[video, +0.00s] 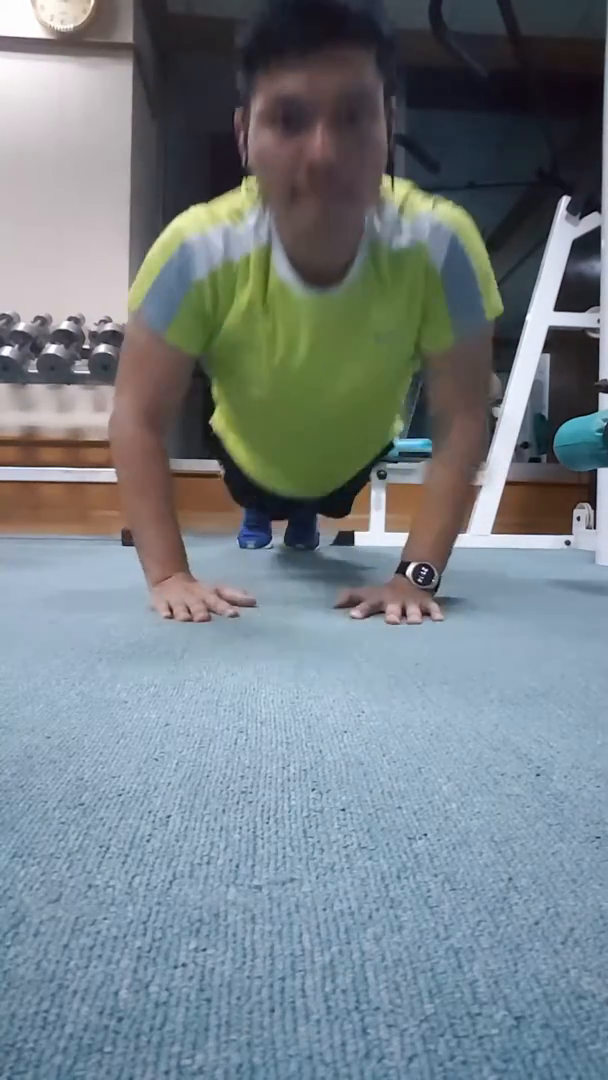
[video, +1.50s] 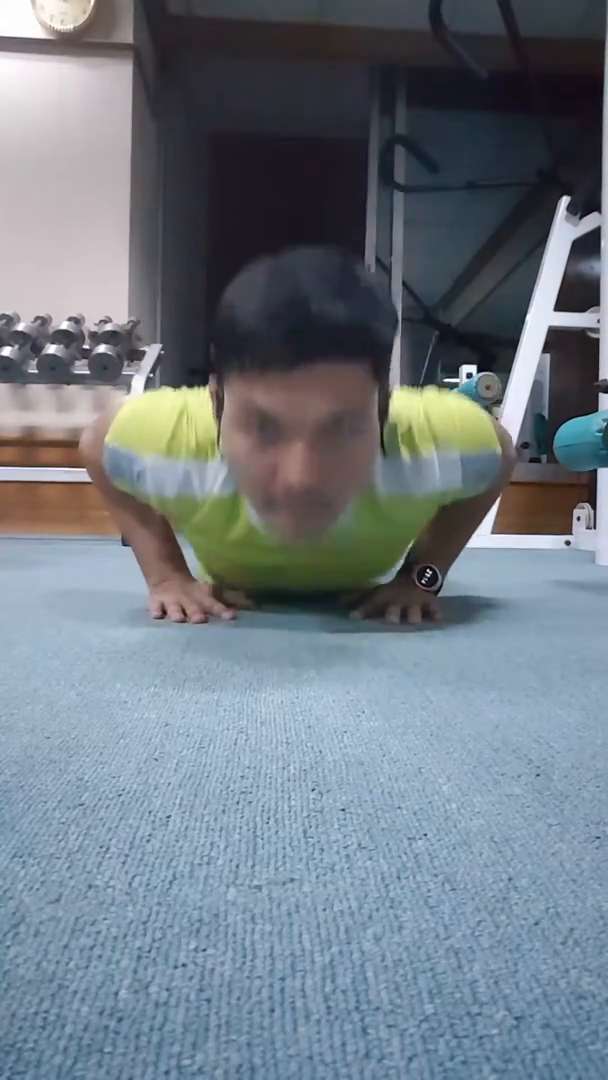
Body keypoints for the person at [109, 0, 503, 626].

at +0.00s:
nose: (323, 151)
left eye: (352, 118)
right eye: (291, 121)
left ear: (390, 126)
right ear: (244, 135)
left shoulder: (439, 243)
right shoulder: (198, 249)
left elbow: (464, 418)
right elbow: (136, 419)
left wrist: (416, 576)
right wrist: (169, 576)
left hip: (351, 457)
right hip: (250, 455)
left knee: (320, 499)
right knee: (257, 495)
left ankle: (303, 519)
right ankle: (262, 517)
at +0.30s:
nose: (326, 103)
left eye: (354, 72)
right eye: (297, 73)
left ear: (392, 86)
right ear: (262, 90)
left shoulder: (431, 222)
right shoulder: (217, 202)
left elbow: (429, 407)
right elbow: (173, 355)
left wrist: (414, 573)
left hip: (365, 396)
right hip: (269, 384)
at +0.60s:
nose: (327, 112)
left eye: (358, 80)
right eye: (299, 81)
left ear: (399, 92)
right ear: (267, 93)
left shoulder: (437, 225)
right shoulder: (222, 205)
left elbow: (433, 412)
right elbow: (172, 364)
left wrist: (415, 573)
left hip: (374, 410)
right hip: (281, 393)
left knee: (329, 482)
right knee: (268, 472)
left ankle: (304, 505)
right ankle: (263, 507)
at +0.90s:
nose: (313, 187)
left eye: (342, 151)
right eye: (279, 152)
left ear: (383, 154)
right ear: (237, 162)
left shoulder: (435, 270)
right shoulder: (197, 259)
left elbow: (467, 436)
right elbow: (141, 422)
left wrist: (417, 578)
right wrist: (168, 576)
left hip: (358, 468)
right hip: (262, 449)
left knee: (324, 498)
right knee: (264, 491)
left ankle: (302, 519)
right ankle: (264, 515)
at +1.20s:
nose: (301, 387)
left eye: (337, 346)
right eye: (266, 348)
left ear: (379, 324)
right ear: (215, 326)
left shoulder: (442, 391)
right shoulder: (160, 381)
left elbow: (494, 458)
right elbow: (108, 449)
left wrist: (421, 576)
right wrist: (166, 576)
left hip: (354, 519)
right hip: (232, 524)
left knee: (328, 550)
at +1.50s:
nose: (299, 473)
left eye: (337, 430)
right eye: (265, 429)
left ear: (383, 406)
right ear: (217, 401)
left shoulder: (450, 439)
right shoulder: (158, 438)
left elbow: (493, 460)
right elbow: (99, 449)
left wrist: (422, 575)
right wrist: (167, 574)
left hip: (366, 569)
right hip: (229, 569)